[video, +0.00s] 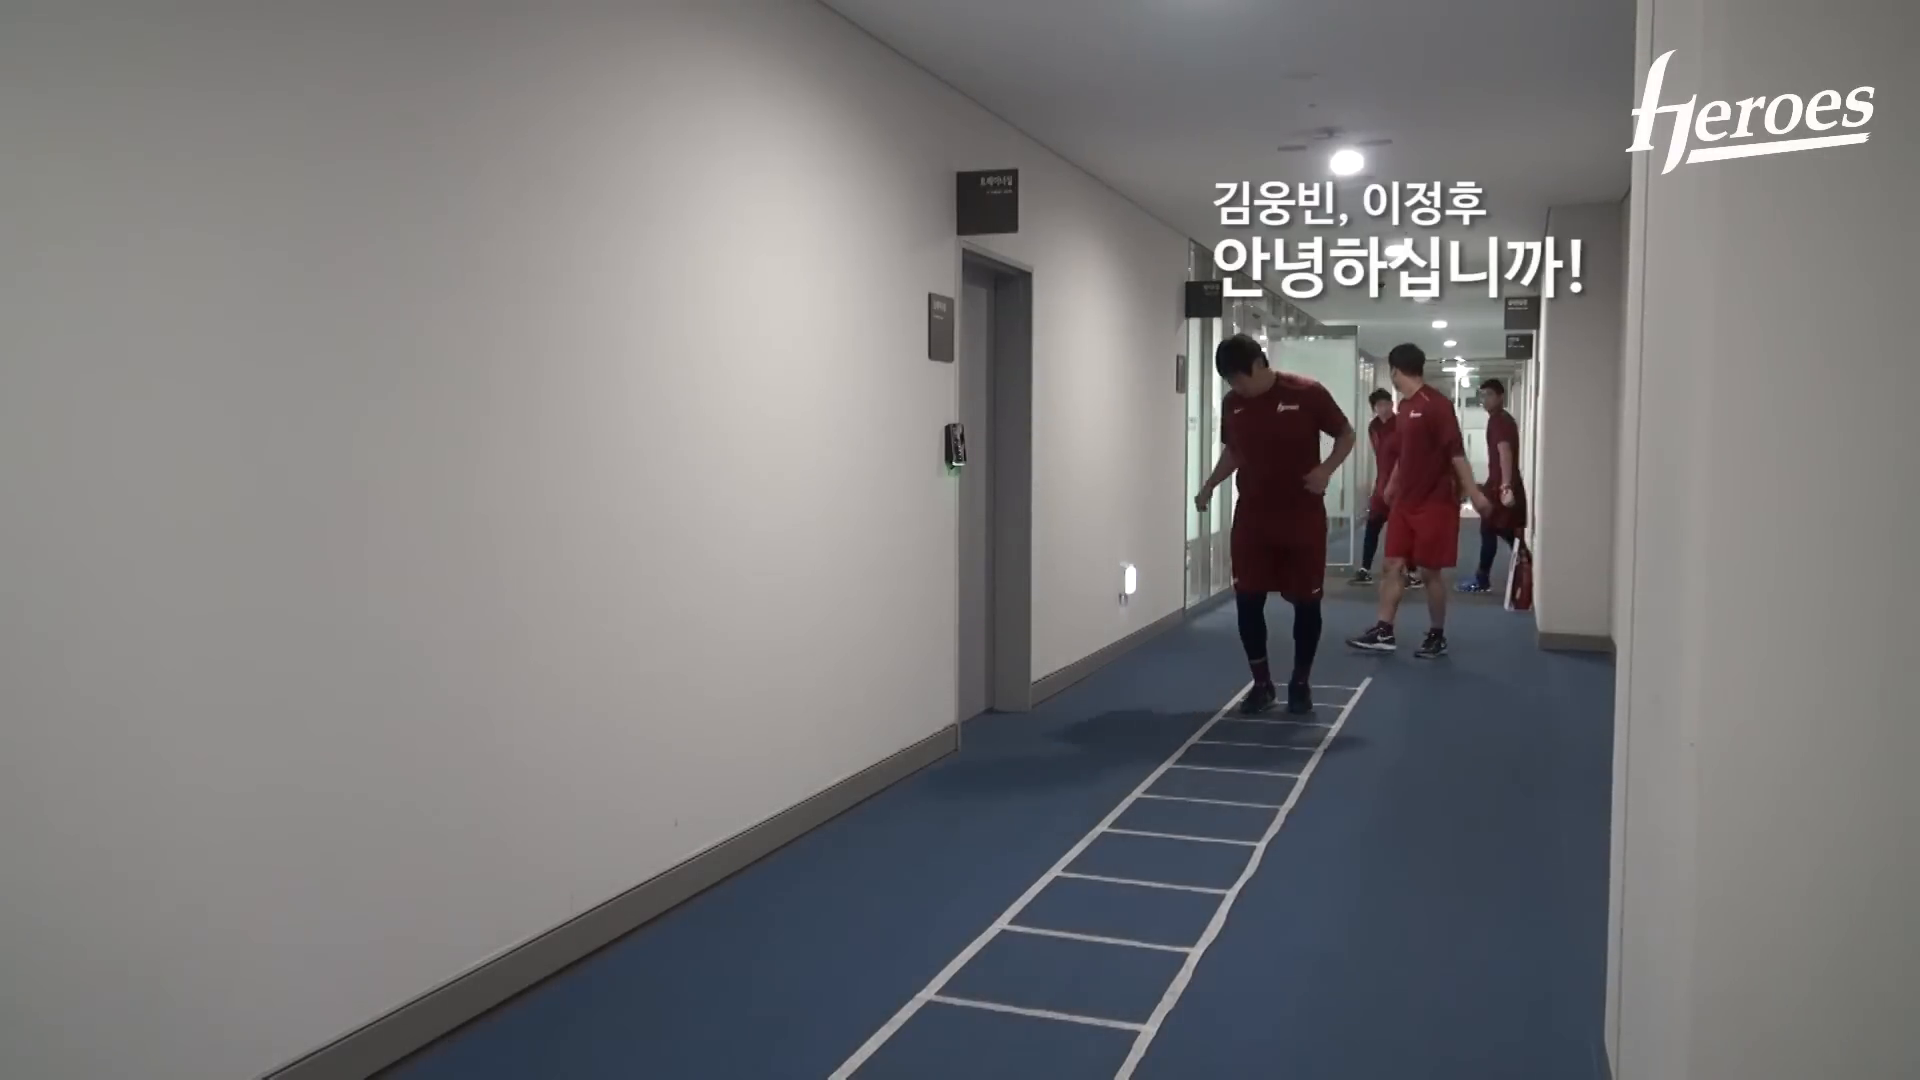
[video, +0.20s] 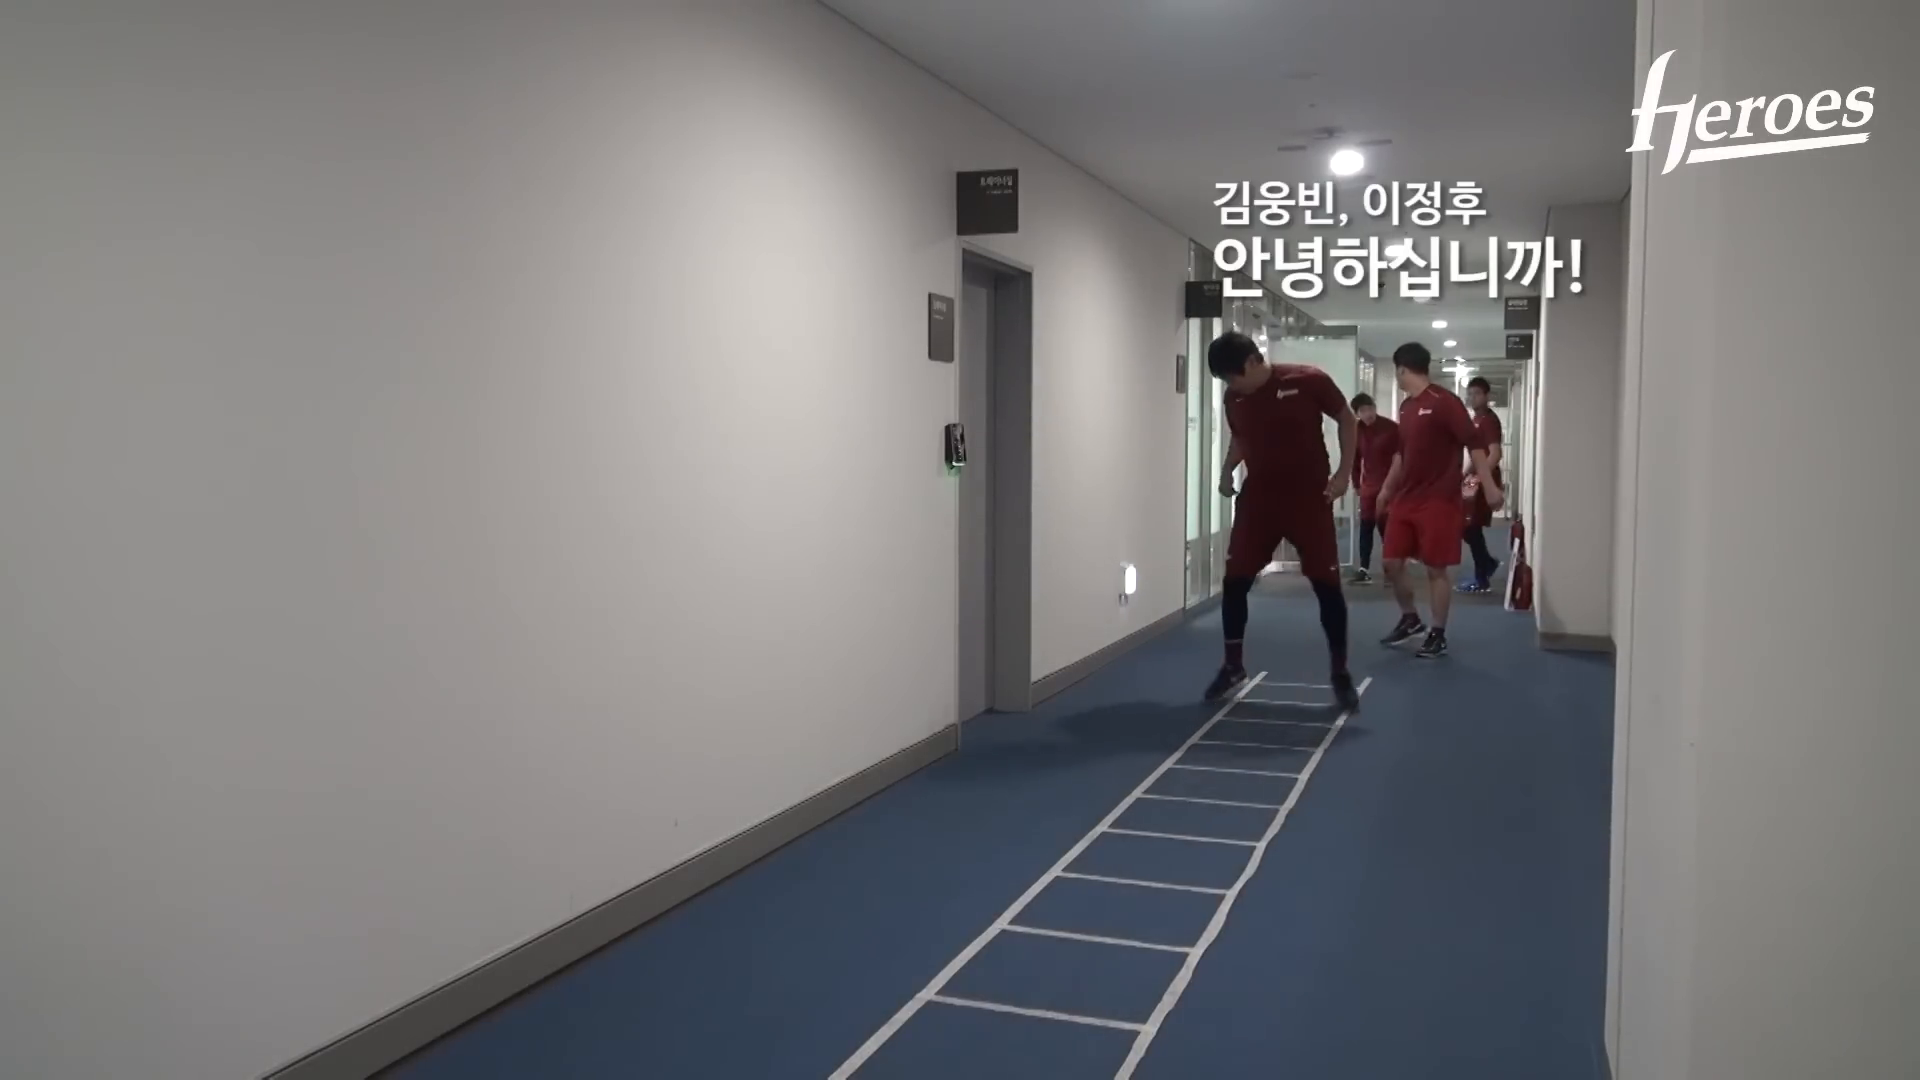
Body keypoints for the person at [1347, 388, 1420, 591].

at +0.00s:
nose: (1383, 409)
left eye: (1386, 404)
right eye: (1379, 405)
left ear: (1392, 405)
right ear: (1374, 408)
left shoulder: (1401, 425)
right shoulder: (1374, 428)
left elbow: (1407, 455)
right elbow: (1380, 456)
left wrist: (1400, 481)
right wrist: (1379, 483)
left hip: (1401, 485)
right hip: (1382, 485)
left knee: (1405, 527)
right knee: (1373, 525)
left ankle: (1412, 570)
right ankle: (1365, 568)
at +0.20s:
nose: (1365, 415)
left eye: (1367, 410)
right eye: (1361, 412)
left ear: (1374, 408)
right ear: (1357, 414)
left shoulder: (1391, 427)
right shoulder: (1357, 430)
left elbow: (1400, 455)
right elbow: (1355, 457)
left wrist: (1395, 482)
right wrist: (1356, 483)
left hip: (1388, 485)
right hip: (1368, 486)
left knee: (1386, 527)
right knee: (1366, 527)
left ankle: (1393, 568)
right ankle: (1363, 567)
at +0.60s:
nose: (1362, 434)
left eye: (1364, 430)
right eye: (1357, 431)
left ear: (1369, 423)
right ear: (1351, 428)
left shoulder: (1382, 434)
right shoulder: (1348, 438)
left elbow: (1392, 460)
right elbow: (1347, 466)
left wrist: (1393, 487)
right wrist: (1348, 489)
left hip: (1380, 487)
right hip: (1358, 488)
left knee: (1377, 527)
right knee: (1360, 528)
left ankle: (1375, 569)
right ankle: (1362, 567)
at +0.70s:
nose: (1363, 431)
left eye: (1365, 426)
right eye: (1358, 428)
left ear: (1371, 421)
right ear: (1352, 425)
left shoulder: (1382, 432)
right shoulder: (1346, 434)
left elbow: (1389, 459)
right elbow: (1344, 463)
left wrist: (1390, 486)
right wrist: (1345, 487)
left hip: (1379, 487)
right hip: (1357, 487)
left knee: (1377, 526)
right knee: (1358, 527)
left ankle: (1375, 569)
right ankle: (1362, 567)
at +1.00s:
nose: (1355, 410)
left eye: (1358, 405)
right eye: (1352, 406)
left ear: (1366, 406)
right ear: (1348, 409)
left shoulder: (1378, 425)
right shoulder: (1344, 427)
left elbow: (1385, 457)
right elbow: (1340, 455)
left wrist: (1386, 486)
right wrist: (1339, 479)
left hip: (1372, 486)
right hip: (1349, 485)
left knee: (1375, 527)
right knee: (1338, 523)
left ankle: (1375, 569)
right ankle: (1340, 563)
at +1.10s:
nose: (1353, 406)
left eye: (1356, 402)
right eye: (1349, 402)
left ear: (1363, 404)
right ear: (1344, 406)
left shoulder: (1375, 425)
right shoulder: (1339, 427)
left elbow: (1386, 457)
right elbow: (1336, 457)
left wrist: (1385, 486)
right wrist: (1337, 481)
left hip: (1369, 487)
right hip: (1345, 486)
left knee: (1373, 529)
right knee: (1332, 529)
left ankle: (1375, 569)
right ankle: (1323, 571)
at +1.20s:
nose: (1348, 406)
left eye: (1351, 401)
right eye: (1344, 402)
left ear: (1358, 403)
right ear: (1339, 405)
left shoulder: (1371, 426)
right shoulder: (1333, 427)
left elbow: (1380, 456)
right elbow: (1328, 454)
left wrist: (1377, 483)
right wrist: (1331, 476)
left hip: (1364, 485)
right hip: (1340, 485)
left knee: (1370, 528)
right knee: (1330, 531)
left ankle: (1374, 569)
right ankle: (1322, 573)